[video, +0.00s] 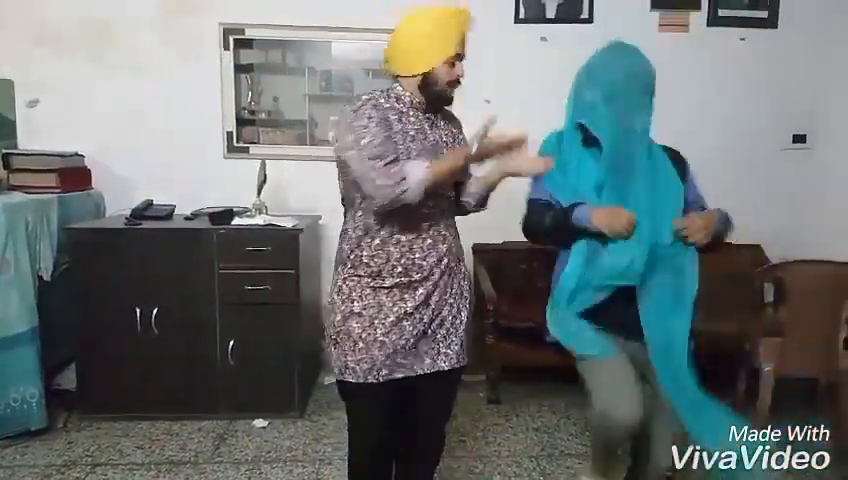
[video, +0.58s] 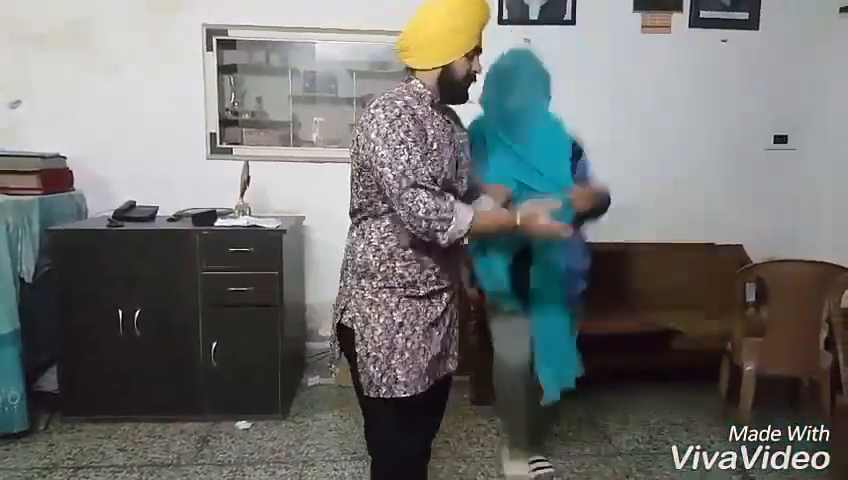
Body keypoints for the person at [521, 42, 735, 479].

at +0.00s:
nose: (619, 119)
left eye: (629, 106)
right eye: (608, 105)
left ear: (644, 104)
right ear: (589, 100)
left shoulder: (667, 163)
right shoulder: (563, 152)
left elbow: (706, 224)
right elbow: (535, 221)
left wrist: (716, 221)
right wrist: (589, 217)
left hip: (660, 323)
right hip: (590, 317)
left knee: (666, 444)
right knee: (621, 411)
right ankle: (606, 465)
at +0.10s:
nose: (607, 92)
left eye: (616, 81)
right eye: (598, 81)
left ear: (628, 78)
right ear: (577, 76)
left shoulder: (645, 134)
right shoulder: (547, 130)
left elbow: (685, 199)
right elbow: (517, 197)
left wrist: (672, 206)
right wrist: (569, 212)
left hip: (645, 306)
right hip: (579, 306)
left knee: (646, 436)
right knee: (588, 430)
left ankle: (638, 474)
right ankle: (567, 463)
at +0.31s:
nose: (564, 76)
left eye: (574, 65)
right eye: (554, 65)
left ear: (585, 62)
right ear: (535, 62)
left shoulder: (607, 106)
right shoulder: (509, 112)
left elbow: (654, 157)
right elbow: (475, 173)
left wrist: (609, 172)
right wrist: (508, 196)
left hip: (607, 262)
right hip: (540, 262)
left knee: (607, 378)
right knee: (543, 374)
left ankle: (604, 473)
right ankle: (538, 463)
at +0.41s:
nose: (533, 78)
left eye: (544, 68)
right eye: (525, 67)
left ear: (561, 65)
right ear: (511, 65)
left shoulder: (586, 106)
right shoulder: (492, 112)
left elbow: (632, 154)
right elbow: (460, 168)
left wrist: (584, 169)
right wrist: (485, 190)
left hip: (583, 253)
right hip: (521, 256)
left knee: (580, 355)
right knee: (533, 363)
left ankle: (570, 445)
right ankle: (536, 459)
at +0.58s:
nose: (522, 107)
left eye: (531, 97)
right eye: (513, 97)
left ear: (542, 96)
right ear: (496, 94)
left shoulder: (559, 140)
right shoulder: (479, 140)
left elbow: (595, 197)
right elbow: (465, 204)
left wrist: (589, 198)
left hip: (553, 266)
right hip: (501, 267)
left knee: (549, 357)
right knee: (513, 358)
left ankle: (533, 440)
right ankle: (518, 452)